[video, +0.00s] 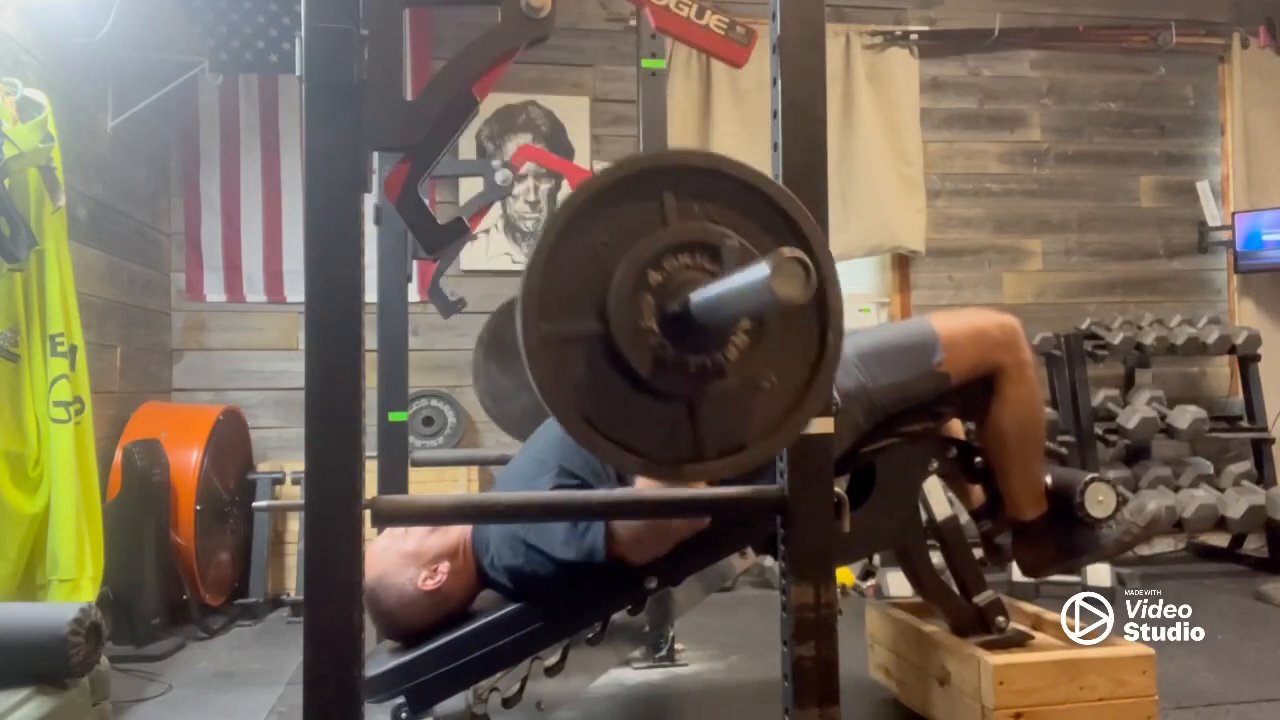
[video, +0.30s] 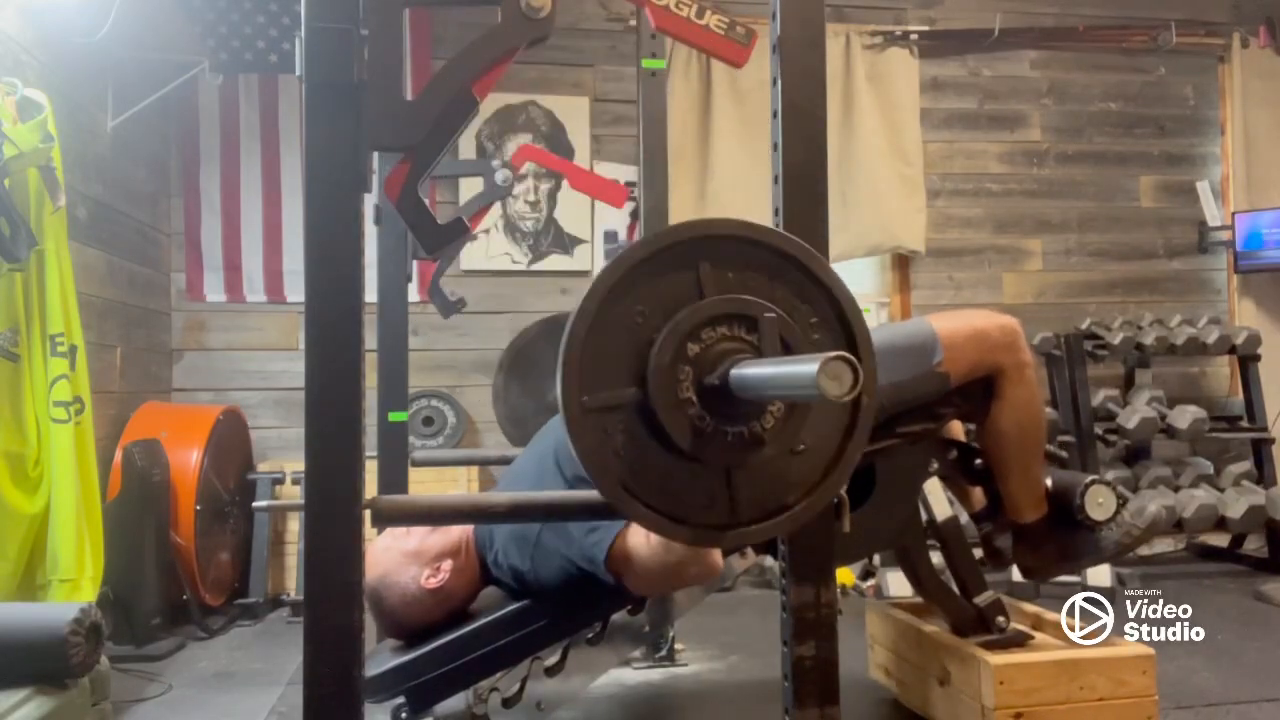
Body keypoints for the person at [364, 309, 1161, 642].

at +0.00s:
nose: (418, 531)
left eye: (399, 536)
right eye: (416, 552)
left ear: (423, 544)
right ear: (445, 580)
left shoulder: (490, 502)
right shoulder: (526, 546)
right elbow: (652, 530)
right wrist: (679, 395)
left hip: (714, 390)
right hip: (747, 441)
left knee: (921, 320)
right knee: (999, 339)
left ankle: (985, 476)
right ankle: (1034, 525)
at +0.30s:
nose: (419, 529)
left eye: (401, 536)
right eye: (418, 550)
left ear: (428, 548)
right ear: (448, 578)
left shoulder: (497, 497)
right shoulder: (536, 544)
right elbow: (694, 565)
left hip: (715, 389)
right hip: (758, 436)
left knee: (907, 318)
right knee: (999, 339)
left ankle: (980, 470)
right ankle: (1034, 527)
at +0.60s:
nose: (415, 530)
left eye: (398, 536)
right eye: (415, 550)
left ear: (426, 545)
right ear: (447, 577)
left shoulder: (499, 496)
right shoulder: (525, 541)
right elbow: (654, 531)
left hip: (717, 398)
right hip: (746, 445)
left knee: (960, 327)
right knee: (1001, 341)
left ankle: (993, 484)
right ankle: (1035, 530)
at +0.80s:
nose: (417, 532)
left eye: (399, 536)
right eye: (415, 552)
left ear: (427, 541)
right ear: (446, 577)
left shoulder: (501, 493)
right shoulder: (527, 549)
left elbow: (622, 427)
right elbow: (649, 454)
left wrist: (600, 310)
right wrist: (628, 317)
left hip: (744, 375)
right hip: (765, 427)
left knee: (955, 326)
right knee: (1001, 340)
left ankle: (986, 481)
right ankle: (1033, 527)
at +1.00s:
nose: (419, 532)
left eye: (402, 535)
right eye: (414, 552)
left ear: (428, 541)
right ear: (446, 580)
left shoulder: (503, 494)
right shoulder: (530, 553)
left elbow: (551, 375)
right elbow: (595, 400)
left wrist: (557, 218)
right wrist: (591, 235)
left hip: (745, 372)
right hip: (770, 421)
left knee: (955, 327)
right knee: (1000, 340)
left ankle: (992, 486)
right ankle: (1034, 529)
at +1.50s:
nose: (419, 531)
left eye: (402, 535)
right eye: (417, 550)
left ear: (428, 544)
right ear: (447, 578)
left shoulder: (496, 503)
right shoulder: (529, 546)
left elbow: (625, 426)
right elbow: (666, 461)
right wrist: (640, 323)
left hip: (741, 379)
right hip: (765, 430)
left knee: (950, 327)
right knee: (1003, 343)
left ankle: (995, 495)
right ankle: (1033, 532)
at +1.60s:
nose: (417, 530)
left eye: (399, 536)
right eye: (416, 549)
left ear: (426, 545)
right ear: (446, 577)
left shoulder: (497, 497)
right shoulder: (529, 543)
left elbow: (600, 418)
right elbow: (669, 497)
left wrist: (656, 327)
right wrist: (678, 367)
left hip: (733, 379)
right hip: (761, 432)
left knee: (946, 322)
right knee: (1003, 341)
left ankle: (992, 482)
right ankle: (1033, 530)